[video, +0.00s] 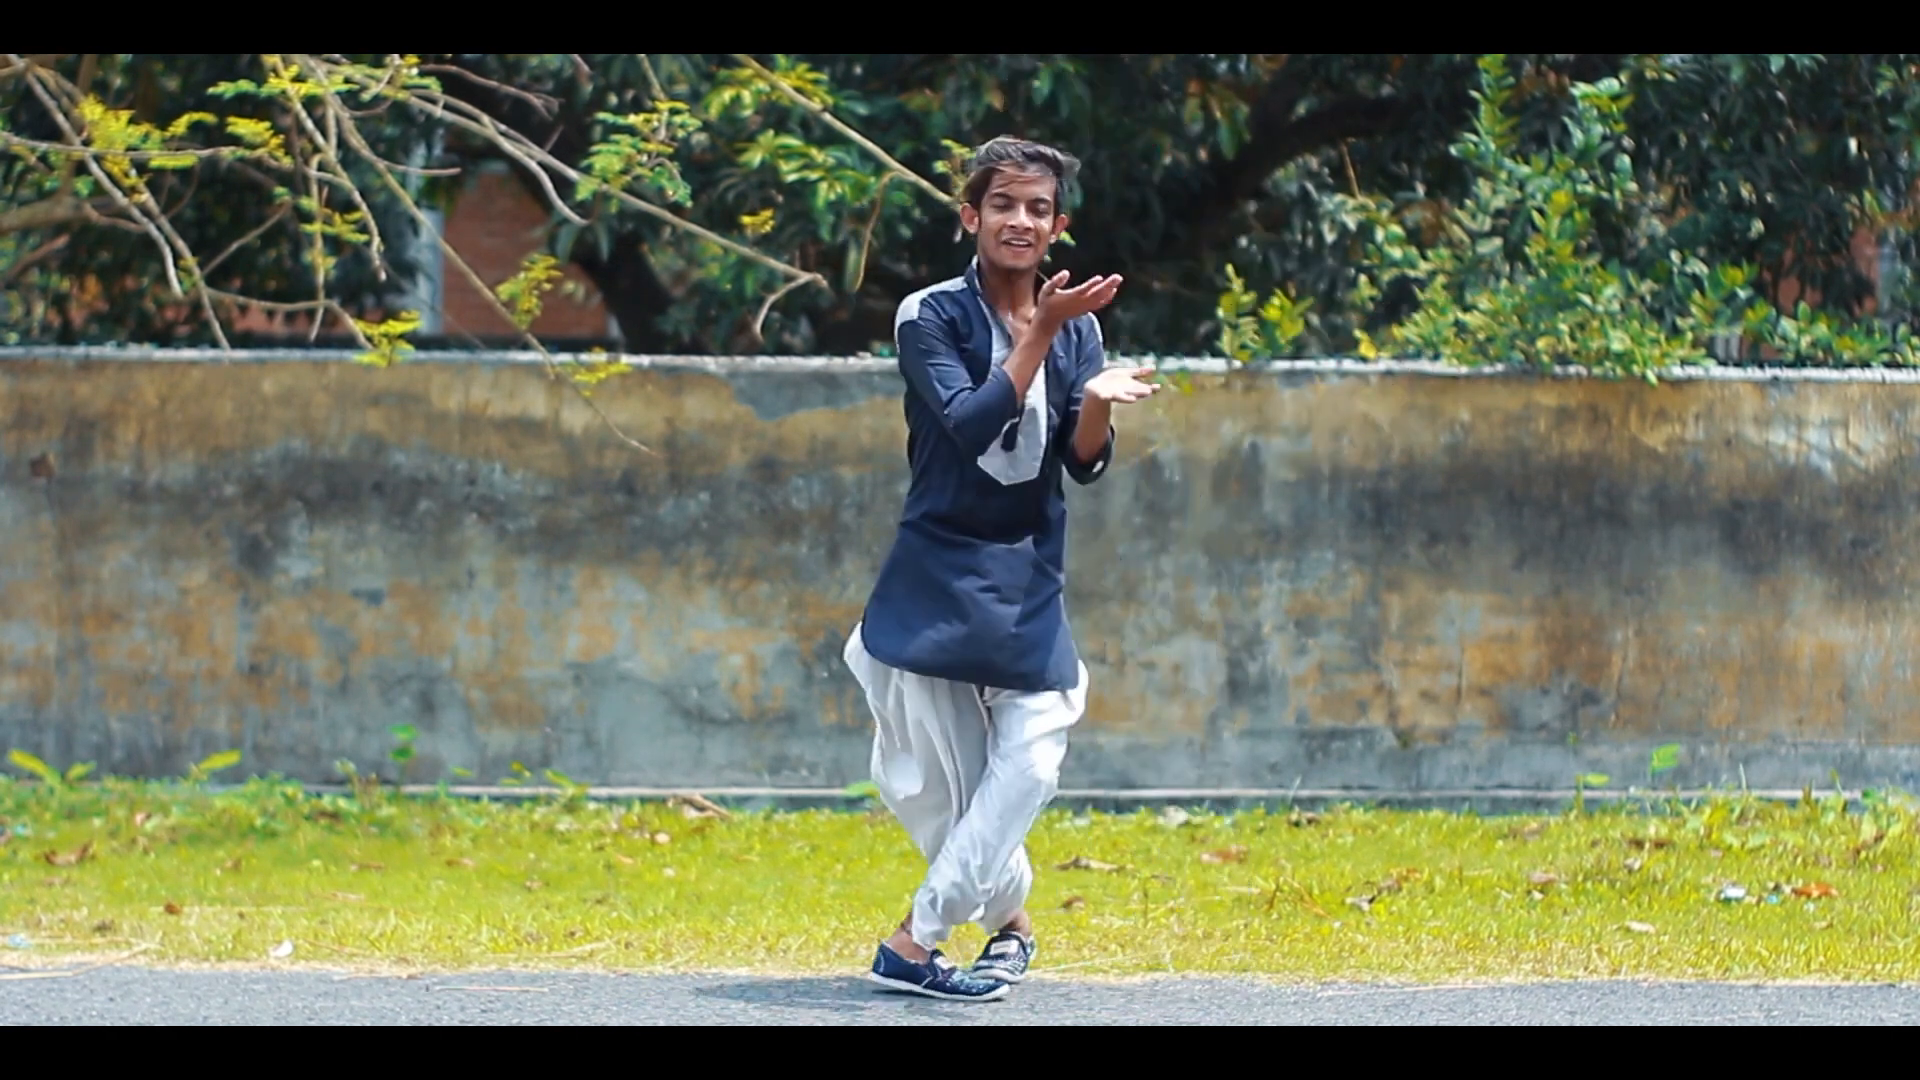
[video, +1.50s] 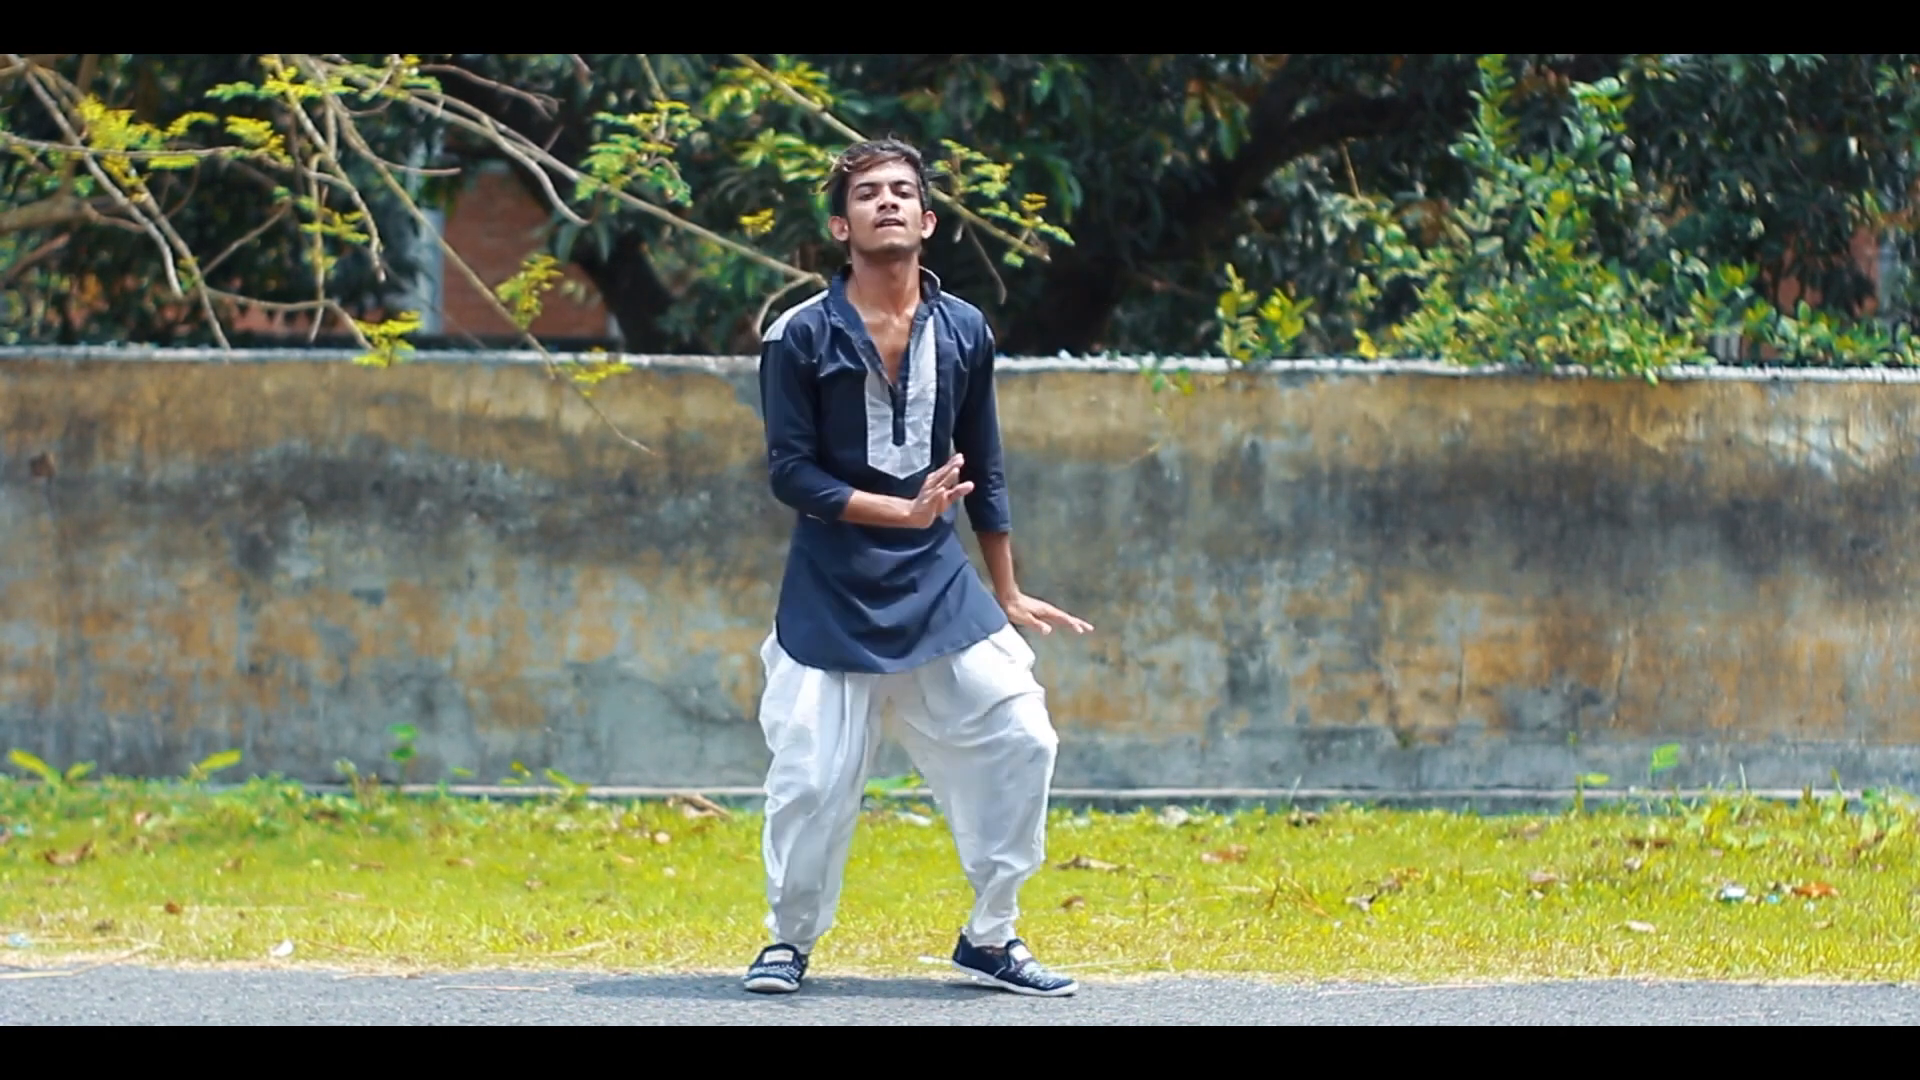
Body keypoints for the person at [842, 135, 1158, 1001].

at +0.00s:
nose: (1021, 222)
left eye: (1039, 208)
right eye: (1004, 206)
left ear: (1057, 225)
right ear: (971, 216)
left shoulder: (1073, 324)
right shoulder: (930, 314)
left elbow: (1081, 461)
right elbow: (967, 427)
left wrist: (1097, 402)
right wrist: (1039, 331)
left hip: (1028, 574)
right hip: (936, 570)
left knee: (1031, 764)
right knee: (946, 772)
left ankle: (912, 943)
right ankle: (1009, 924)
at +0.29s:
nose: (967, 148)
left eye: (979, 133)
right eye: (953, 127)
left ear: (991, 135)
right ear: (904, 113)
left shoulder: (974, 190)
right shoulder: (860, 187)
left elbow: (1032, 146)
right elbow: (764, 108)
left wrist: (1020, 87)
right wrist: (855, 66)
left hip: (978, 487)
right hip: (891, 489)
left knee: (1051, 666)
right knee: (850, 692)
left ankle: (988, 870)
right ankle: (791, 886)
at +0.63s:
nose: (883, 258)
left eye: (897, 244)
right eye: (870, 237)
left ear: (904, 255)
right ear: (830, 235)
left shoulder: (874, 314)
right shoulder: (792, 319)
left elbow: (917, 275)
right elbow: (806, 239)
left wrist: (903, 232)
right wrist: (818, 198)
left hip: (909, 590)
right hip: (831, 589)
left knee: (1032, 718)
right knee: (818, 789)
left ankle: (1033, 924)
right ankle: (750, 947)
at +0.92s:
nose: (860, 236)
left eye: (872, 222)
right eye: (846, 218)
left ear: (878, 230)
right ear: (798, 218)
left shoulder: (874, 300)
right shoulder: (775, 304)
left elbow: (931, 259)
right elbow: (771, 202)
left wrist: (879, 197)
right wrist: (803, 182)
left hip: (932, 573)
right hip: (846, 580)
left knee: (1056, 713)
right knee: (832, 790)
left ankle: (1039, 921)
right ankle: (746, 944)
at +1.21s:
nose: (810, 140)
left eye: (817, 127)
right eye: (787, 139)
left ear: (850, 146)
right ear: (770, 178)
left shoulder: (918, 234)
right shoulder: (781, 236)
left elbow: (1038, 236)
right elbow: (708, 165)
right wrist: (726, 93)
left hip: (942, 525)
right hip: (835, 533)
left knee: (1006, 714)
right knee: (800, 747)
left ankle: (1014, 918)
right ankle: (752, 930)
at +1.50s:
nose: (888, 202)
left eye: (902, 192)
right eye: (870, 195)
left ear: (928, 221)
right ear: (842, 228)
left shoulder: (963, 330)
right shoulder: (801, 336)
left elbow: (985, 465)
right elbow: (790, 471)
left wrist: (1008, 590)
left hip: (937, 582)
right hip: (833, 587)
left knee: (1024, 738)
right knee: (811, 779)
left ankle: (990, 936)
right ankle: (788, 943)